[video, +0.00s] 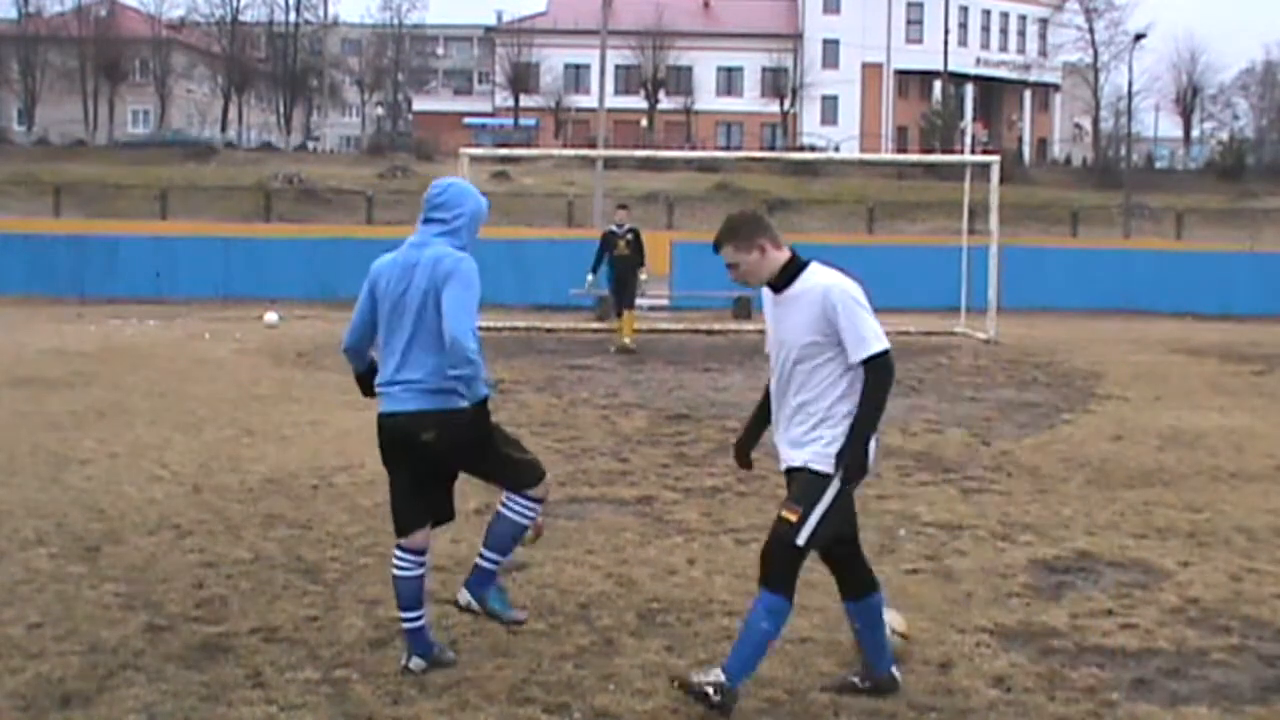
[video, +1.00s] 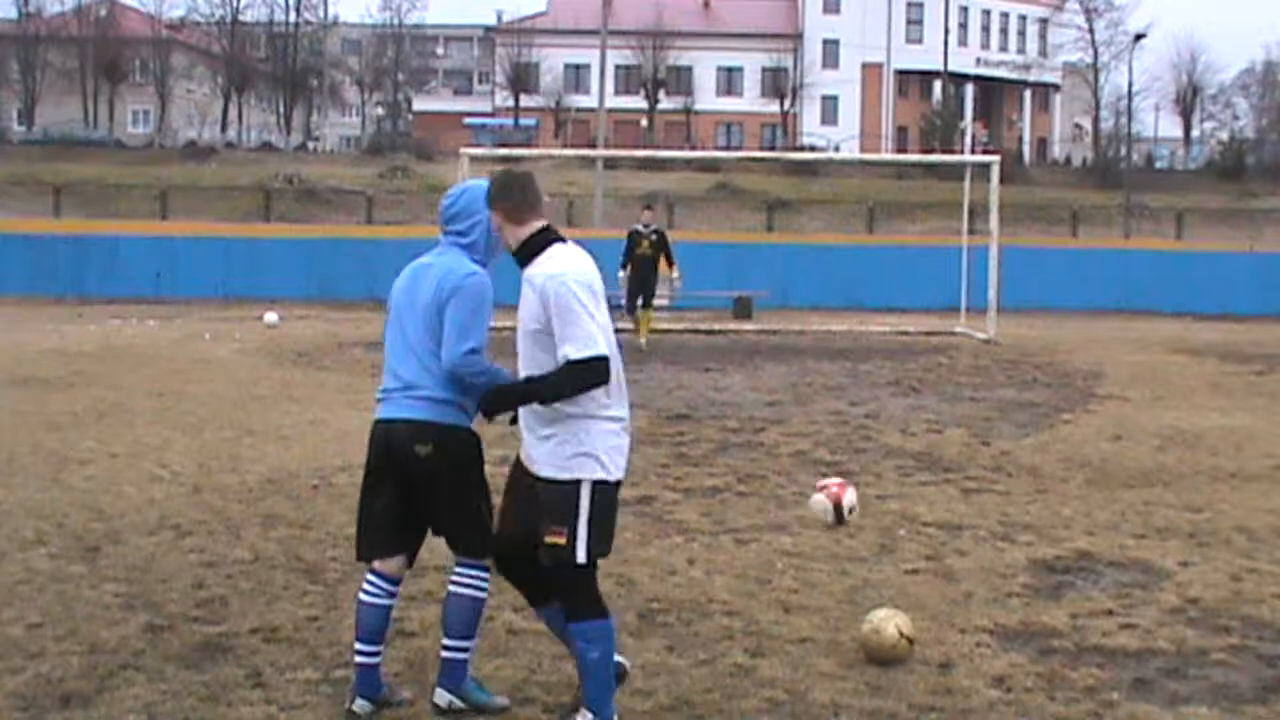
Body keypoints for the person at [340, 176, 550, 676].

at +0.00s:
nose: (478, 235)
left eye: (480, 226)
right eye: (476, 226)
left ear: (427, 214)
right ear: (463, 222)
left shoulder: (384, 265)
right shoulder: (458, 264)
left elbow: (354, 342)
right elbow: (459, 337)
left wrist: (365, 371)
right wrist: (479, 390)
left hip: (396, 422)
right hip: (450, 418)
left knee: (412, 535)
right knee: (530, 483)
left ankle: (418, 646)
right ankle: (483, 583)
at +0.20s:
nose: (498, 242)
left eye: (499, 232)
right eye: (497, 232)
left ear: (448, 223)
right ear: (482, 230)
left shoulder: (401, 275)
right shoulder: (476, 282)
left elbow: (370, 353)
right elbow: (473, 368)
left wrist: (375, 387)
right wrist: (503, 423)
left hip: (410, 434)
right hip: (463, 434)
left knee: (421, 541)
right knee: (495, 545)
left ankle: (418, 650)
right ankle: (464, 657)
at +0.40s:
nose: (522, 242)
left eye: (522, 233)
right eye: (521, 234)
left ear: (469, 225)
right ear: (507, 234)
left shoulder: (418, 276)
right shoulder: (502, 290)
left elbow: (385, 359)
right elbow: (507, 382)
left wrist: (390, 409)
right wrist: (527, 441)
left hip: (408, 435)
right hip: (466, 442)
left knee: (423, 544)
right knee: (482, 556)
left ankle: (415, 648)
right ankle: (460, 680)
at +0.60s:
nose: (525, 236)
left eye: (526, 227)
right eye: (524, 227)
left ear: (471, 217)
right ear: (510, 228)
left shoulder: (417, 266)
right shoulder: (501, 284)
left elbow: (384, 350)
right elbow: (496, 375)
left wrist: (408, 396)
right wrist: (525, 426)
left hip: (400, 426)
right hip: (458, 432)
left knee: (417, 544)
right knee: (465, 557)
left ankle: (385, 666)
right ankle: (459, 682)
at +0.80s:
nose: (511, 240)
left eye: (513, 229)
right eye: (509, 229)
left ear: (457, 221)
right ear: (491, 229)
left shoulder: (405, 273)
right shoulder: (478, 283)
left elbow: (379, 359)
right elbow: (472, 368)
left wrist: (411, 399)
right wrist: (511, 412)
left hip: (388, 429)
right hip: (447, 435)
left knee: (389, 555)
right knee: (464, 558)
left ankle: (367, 683)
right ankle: (459, 683)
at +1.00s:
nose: (502, 239)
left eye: (501, 228)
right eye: (498, 228)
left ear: (449, 225)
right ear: (482, 228)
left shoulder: (408, 274)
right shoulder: (471, 279)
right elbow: (459, 359)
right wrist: (511, 384)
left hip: (389, 429)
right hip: (443, 434)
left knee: (388, 559)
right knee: (473, 556)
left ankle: (365, 683)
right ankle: (454, 679)